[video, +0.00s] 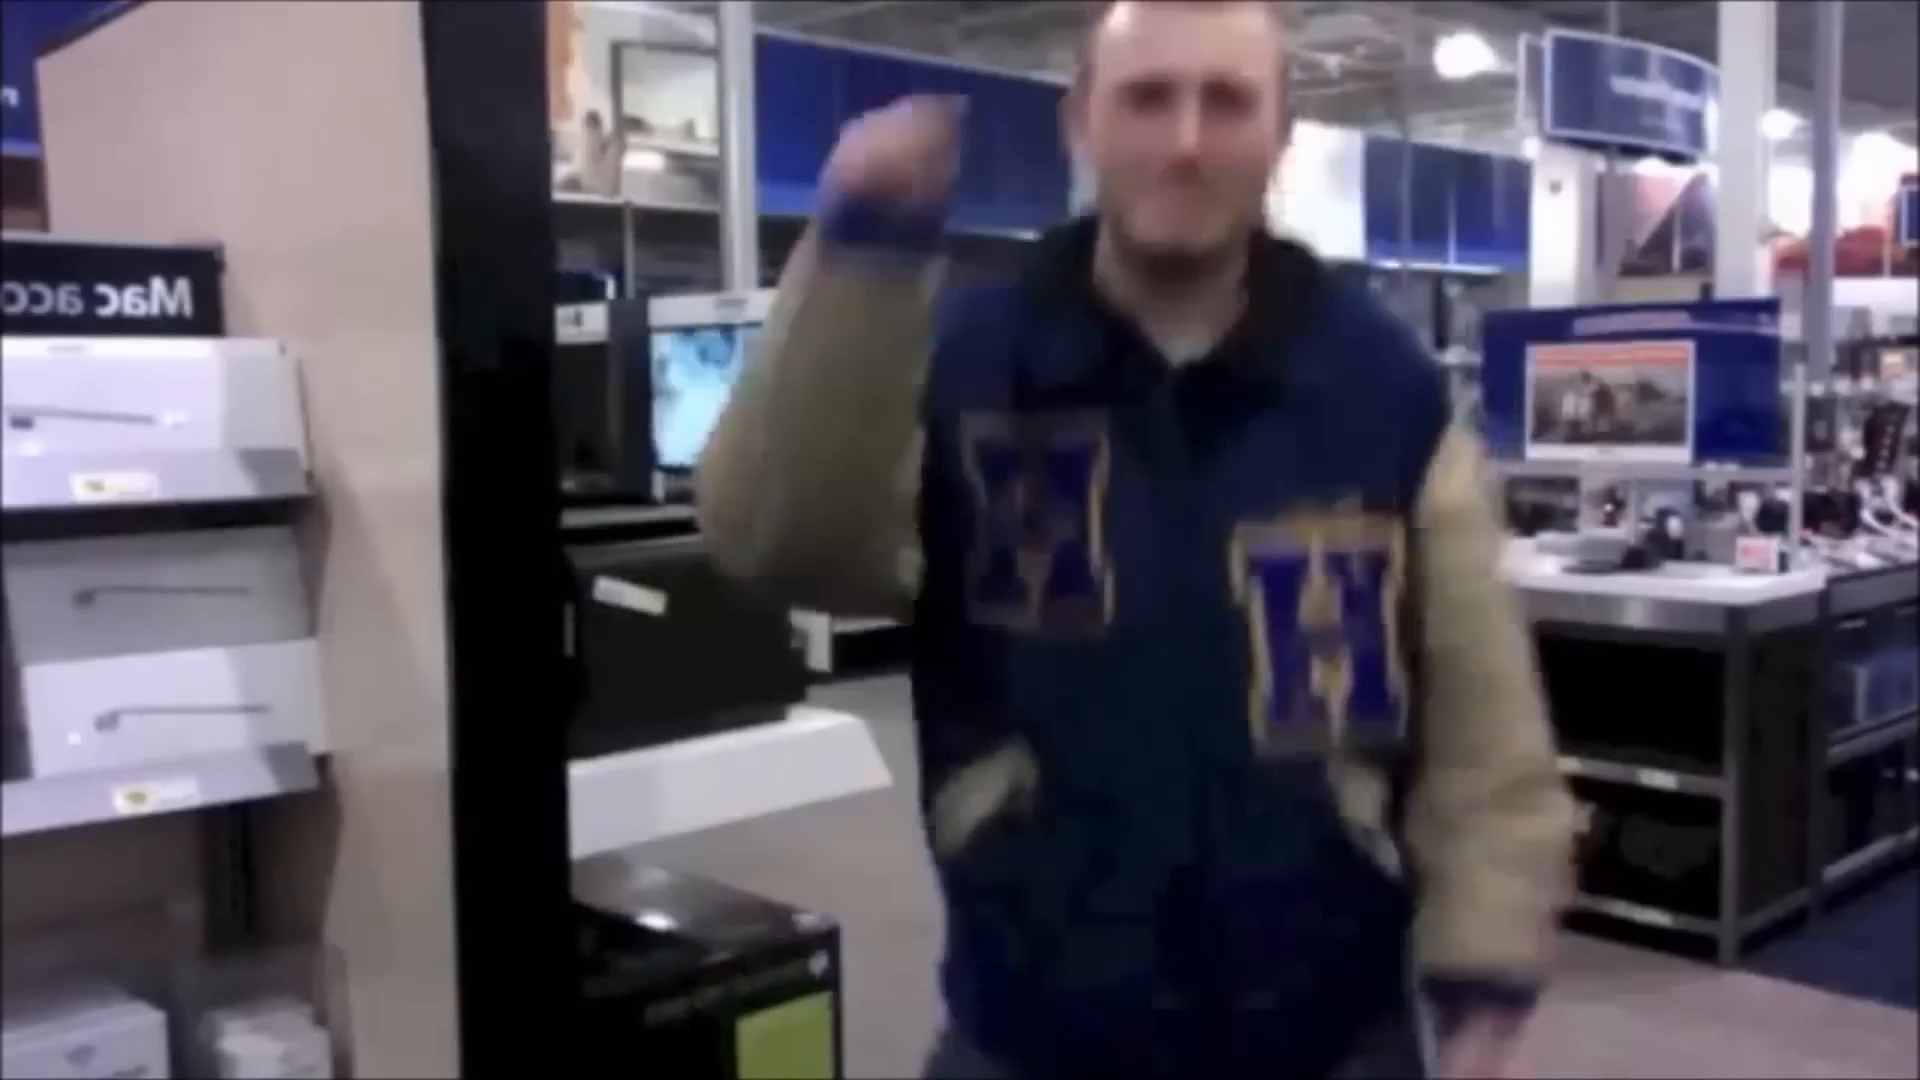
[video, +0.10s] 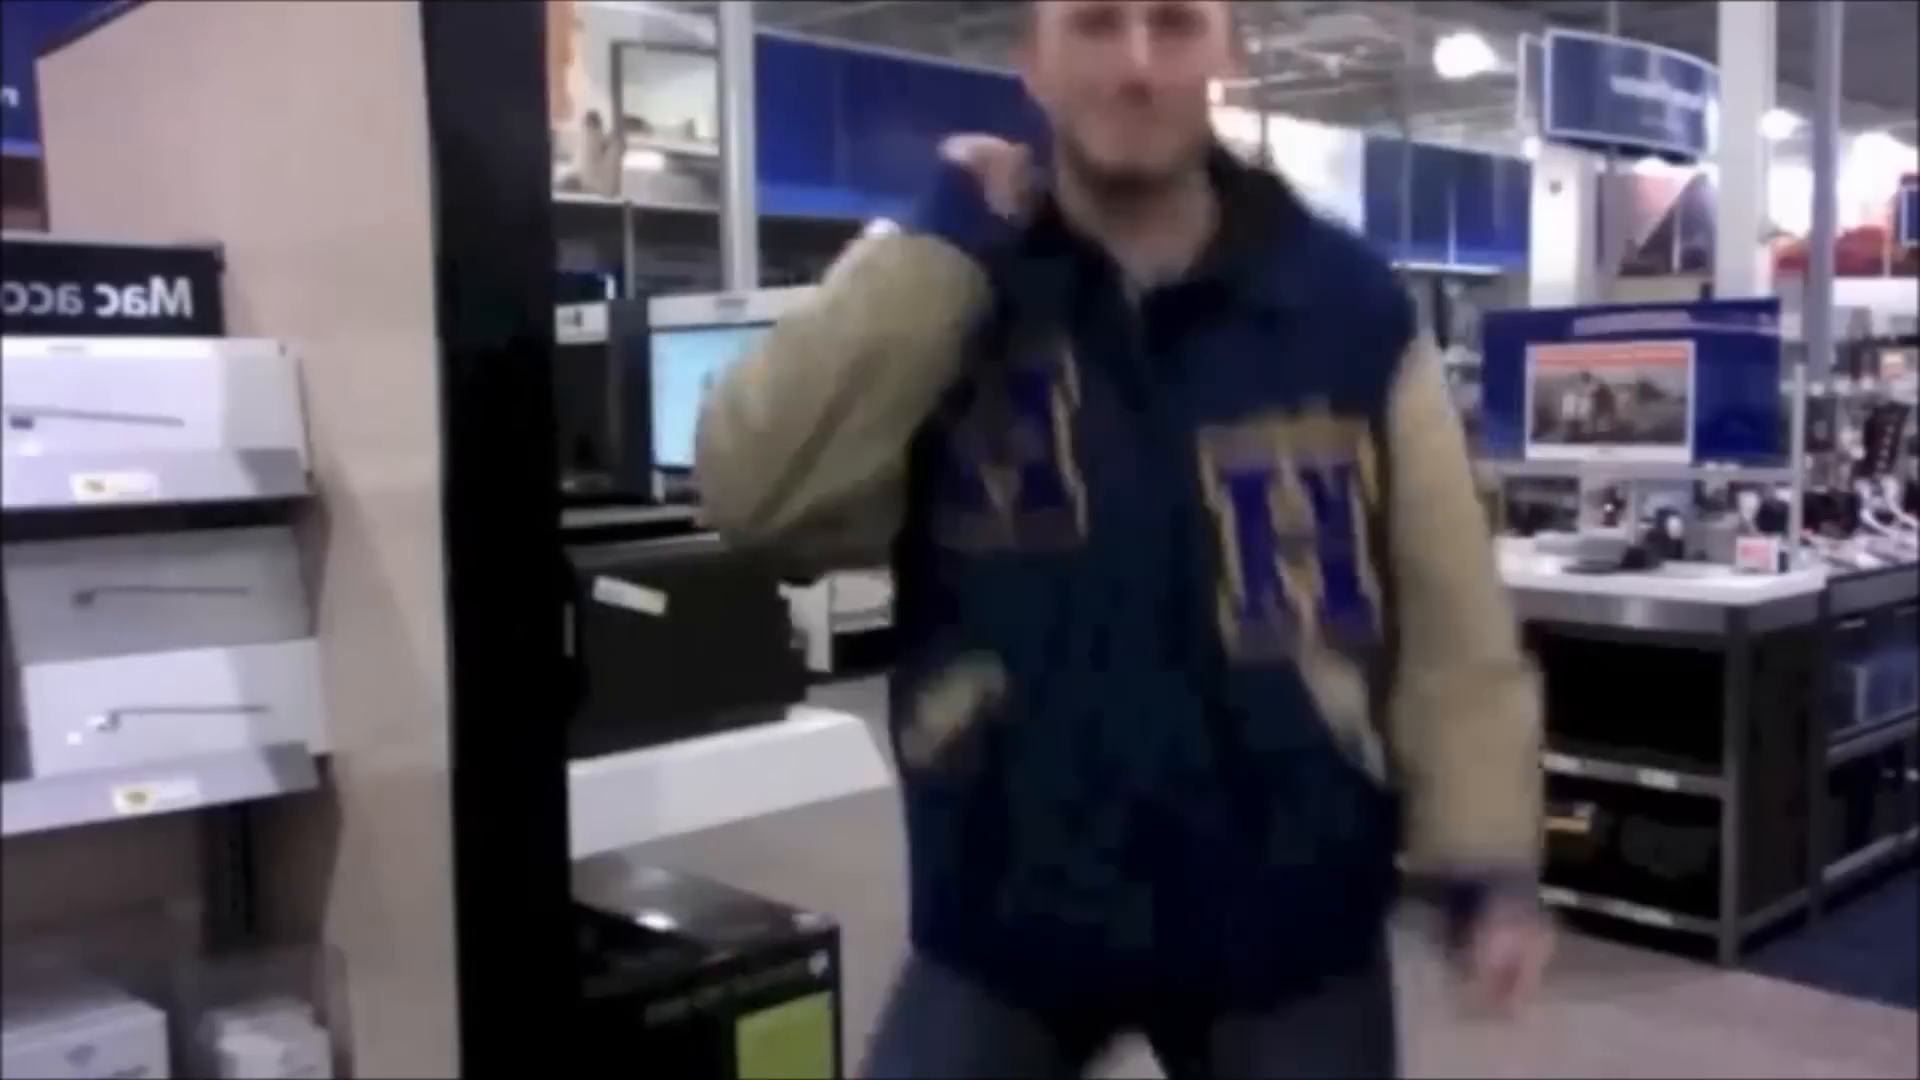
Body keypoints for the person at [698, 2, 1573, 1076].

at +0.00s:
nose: (1186, 140)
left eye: (1226, 104)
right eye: (1149, 100)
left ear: (1281, 135)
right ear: (1080, 121)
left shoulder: (1374, 376)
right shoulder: (964, 350)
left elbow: (1478, 687)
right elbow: (768, 543)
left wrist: (1485, 946)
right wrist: (857, 253)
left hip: (1316, 1001)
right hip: (1047, 1001)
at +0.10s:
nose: (1137, 62)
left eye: (1174, 26)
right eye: (1096, 26)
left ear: (1227, 53)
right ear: (1030, 57)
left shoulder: (1338, 297)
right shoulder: (950, 281)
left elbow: (1452, 605)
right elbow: (751, 495)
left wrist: (1487, 858)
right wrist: (948, 240)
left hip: (1282, 921)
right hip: (1014, 916)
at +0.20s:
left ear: (1182, 1)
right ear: (995, 0)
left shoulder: (1305, 196)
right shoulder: (906, 211)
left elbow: (1439, 443)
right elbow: (751, 491)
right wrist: (905, 410)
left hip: (1246, 804)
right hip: (990, 806)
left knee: (1287, 1057)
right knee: (879, 1065)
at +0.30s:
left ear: (1153, 7)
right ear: (975, 5)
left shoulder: (1287, 192)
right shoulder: (862, 215)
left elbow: (1418, 374)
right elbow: (774, 456)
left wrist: (1544, 426)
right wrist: (853, 577)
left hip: (1221, 825)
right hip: (959, 830)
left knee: (1275, 1066)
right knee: (868, 1067)